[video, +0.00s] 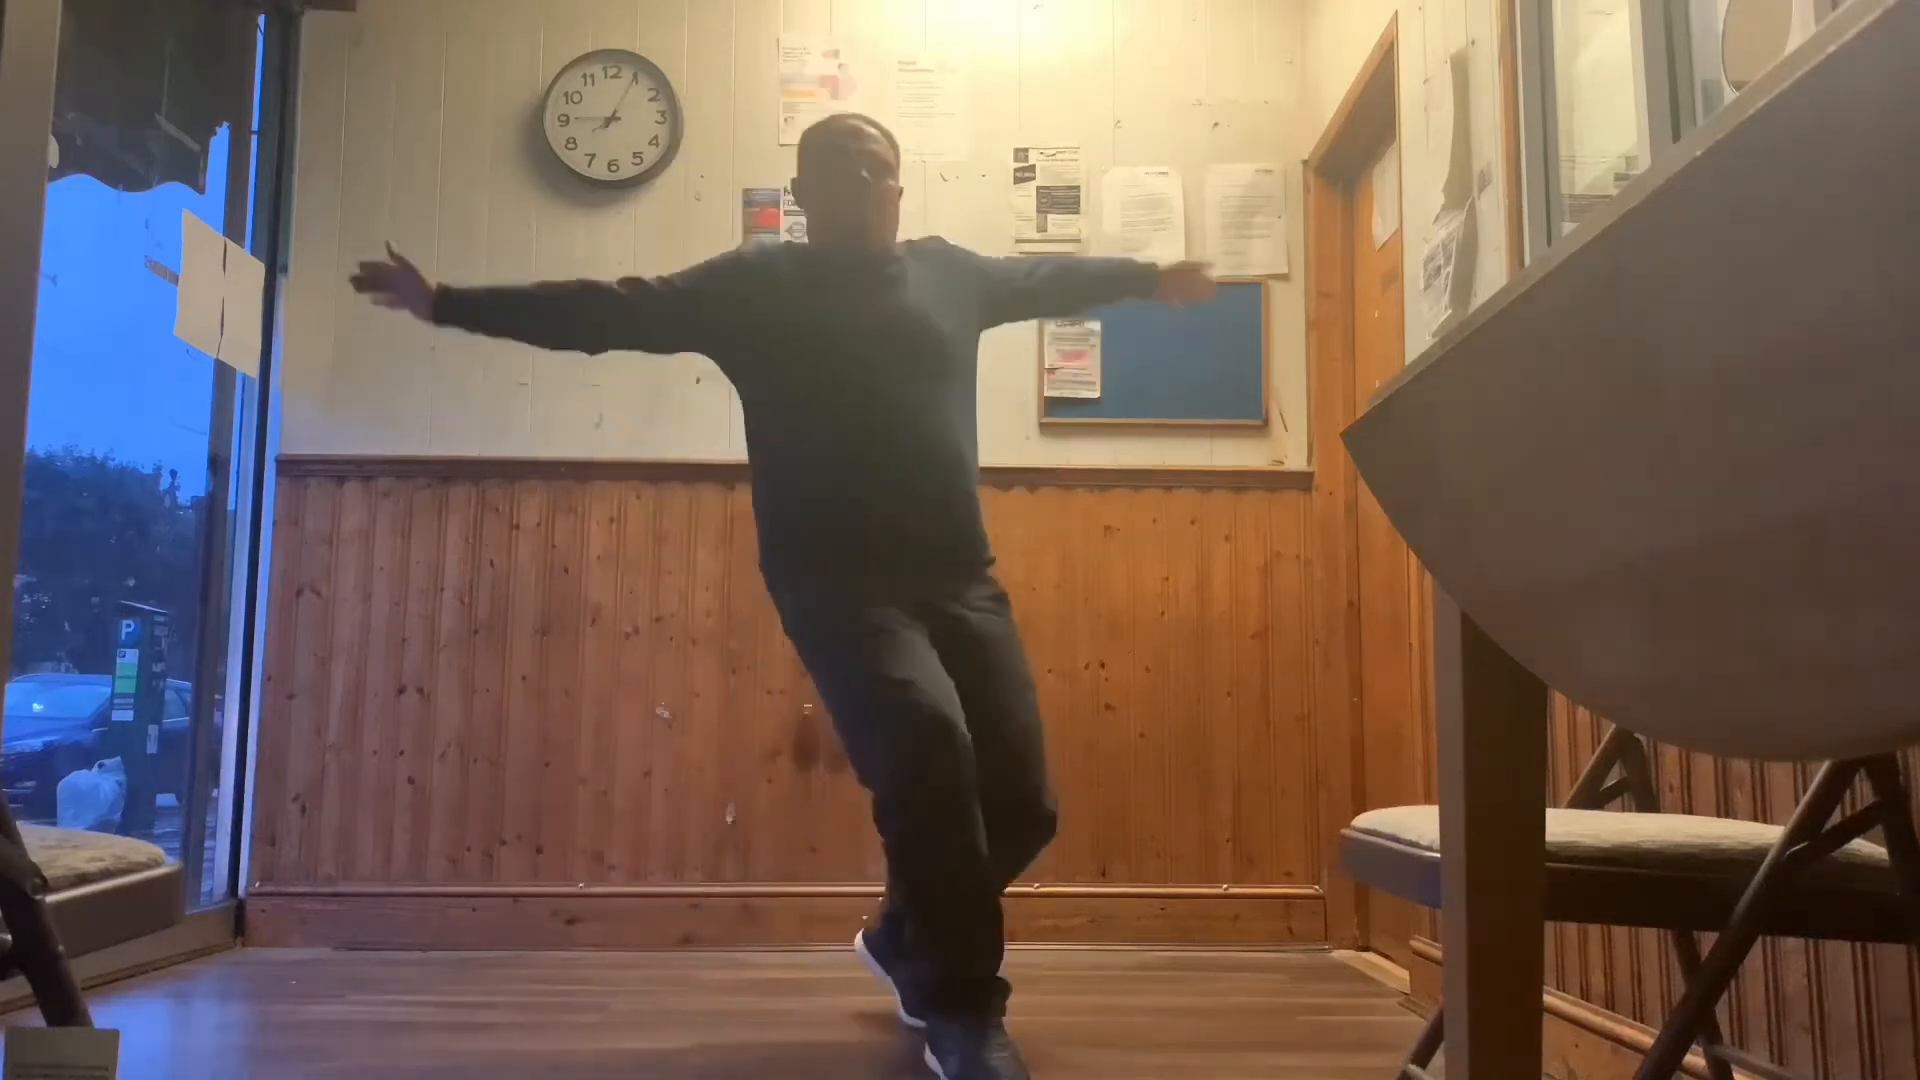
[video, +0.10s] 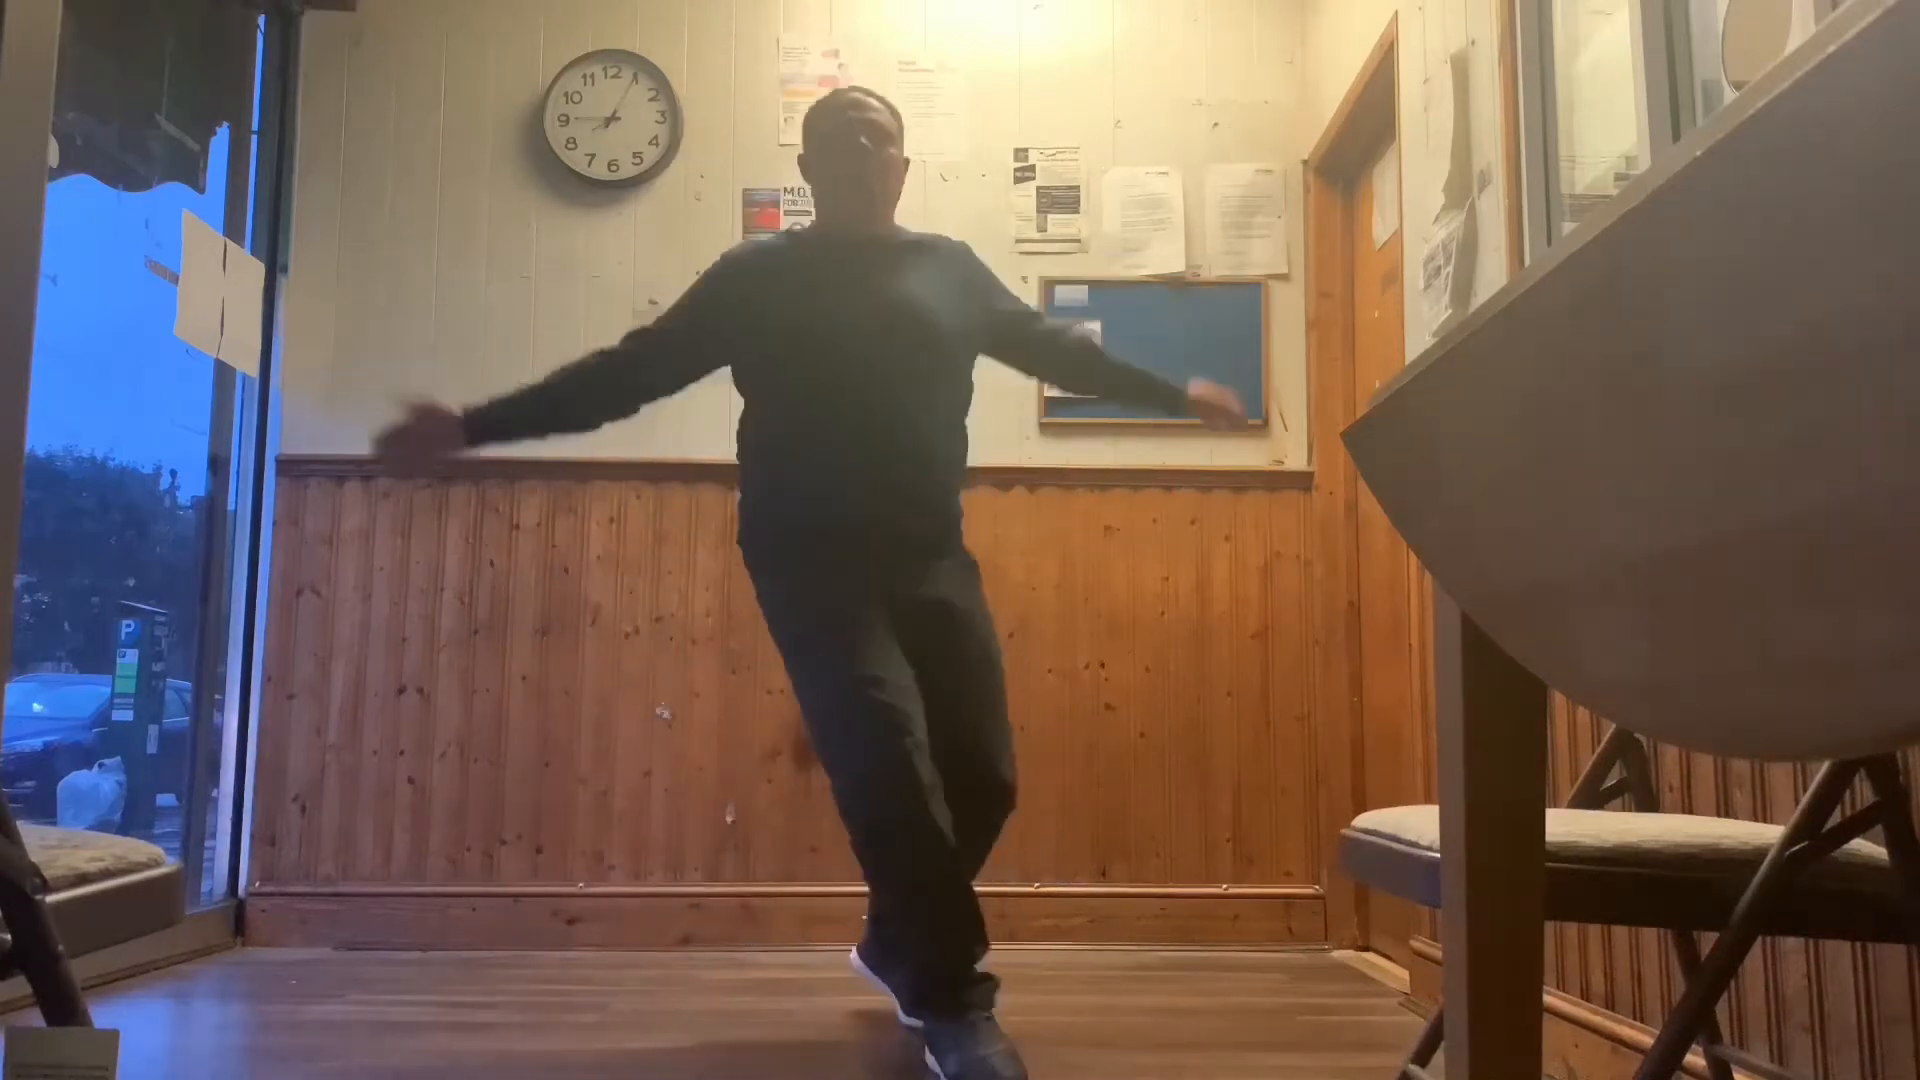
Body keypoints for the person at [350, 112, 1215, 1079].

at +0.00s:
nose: (875, 186)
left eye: (885, 170)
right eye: (851, 170)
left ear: (903, 189)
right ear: (803, 193)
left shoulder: (948, 276)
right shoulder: (753, 288)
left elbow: (1052, 278)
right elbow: (607, 312)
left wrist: (1153, 278)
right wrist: (444, 303)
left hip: (962, 576)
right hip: (842, 586)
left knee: (1022, 803)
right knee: (931, 756)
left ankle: (910, 936)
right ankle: (966, 1021)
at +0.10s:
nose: (869, 149)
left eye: (881, 136)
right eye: (848, 137)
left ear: (903, 164)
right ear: (812, 169)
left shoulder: (947, 270)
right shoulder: (758, 277)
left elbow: (1055, 349)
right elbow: (627, 372)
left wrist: (1178, 392)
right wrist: (472, 425)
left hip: (932, 555)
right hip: (812, 560)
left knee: (981, 775)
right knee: (887, 764)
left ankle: (896, 940)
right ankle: (958, 1010)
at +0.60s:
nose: (688, 154)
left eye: (710, 146)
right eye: (677, 142)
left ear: (749, 183)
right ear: (656, 168)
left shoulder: (784, 271)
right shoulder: (607, 265)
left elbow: (843, 371)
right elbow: (520, 341)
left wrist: (792, 323)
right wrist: (517, 256)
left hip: (720, 566)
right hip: (603, 557)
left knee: (715, 778)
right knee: (582, 776)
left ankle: (798, 931)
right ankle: (604, 959)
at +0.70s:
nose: (664, 190)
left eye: (686, 176)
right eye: (653, 175)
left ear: (729, 193)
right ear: (635, 186)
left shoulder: (759, 297)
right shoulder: (585, 290)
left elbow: (794, 411)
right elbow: (523, 390)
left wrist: (799, 474)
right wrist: (465, 433)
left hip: (678, 564)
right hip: (568, 556)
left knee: (601, 760)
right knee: (537, 769)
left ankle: (730, 887)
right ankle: (600, 957)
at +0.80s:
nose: (701, 198)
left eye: (693, 180)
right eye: (689, 182)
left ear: (705, 182)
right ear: (647, 186)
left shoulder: (754, 304)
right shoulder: (578, 278)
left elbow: (809, 440)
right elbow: (484, 376)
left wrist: (864, 568)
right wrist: (372, 457)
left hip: (638, 556)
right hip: (530, 543)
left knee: (526, 733)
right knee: (521, 744)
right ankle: (602, 949)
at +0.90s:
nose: (645, 212)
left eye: (665, 193)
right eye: (631, 194)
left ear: (707, 199)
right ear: (614, 201)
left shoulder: (751, 323)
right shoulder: (575, 277)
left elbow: (844, 427)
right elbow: (463, 310)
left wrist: (943, 526)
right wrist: (324, 324)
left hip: (599, 574)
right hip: (497, 549)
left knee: (467, 759)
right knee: (465, 760)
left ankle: (375, 987)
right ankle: (590, 934)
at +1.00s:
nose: (628, 229)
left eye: (648, 211)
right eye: (619, 209)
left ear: (698, 217)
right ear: (604, 213)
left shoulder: (740, 335)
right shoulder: (565, 281)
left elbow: (852, 415)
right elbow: (454, 272)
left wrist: (965, 487)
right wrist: (331, 252)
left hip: (597, 587)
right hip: (490, 566)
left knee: (455, 752)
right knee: (456, 765)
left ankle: (372, 992)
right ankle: (588, 938)